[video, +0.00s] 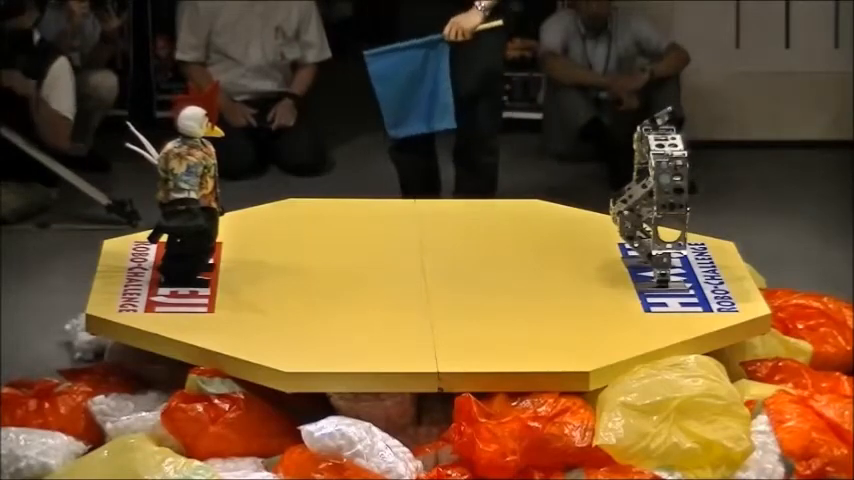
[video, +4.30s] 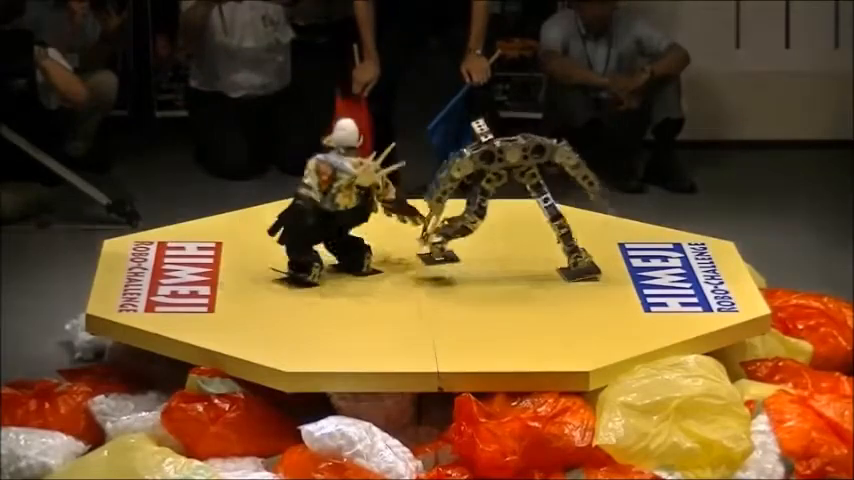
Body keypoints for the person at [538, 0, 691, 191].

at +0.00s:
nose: (595, 9)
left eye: (601, 2)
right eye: (587, 2)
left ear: (611, 4)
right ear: (574, 5)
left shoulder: (630, 24)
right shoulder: (558, 25)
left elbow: (679, 56)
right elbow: (552, 67)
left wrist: (644, 76)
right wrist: (611, 83)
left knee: (666, 81)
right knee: (564, 88)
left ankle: (670, 166)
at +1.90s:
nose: (597, 11)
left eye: (603, 5)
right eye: (590, 5)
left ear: (612, 5)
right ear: (577, 6)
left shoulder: (628, 23)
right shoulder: (559, 24)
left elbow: (679, 56)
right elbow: (550, 64)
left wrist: (644, 76)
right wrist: (608, 83)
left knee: (667, 81)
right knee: (563, 88)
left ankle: (666, 153)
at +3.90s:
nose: (599, 12)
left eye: (605, 6)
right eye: (592, 6)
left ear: (614, 6)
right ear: (578, 7)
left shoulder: (629, 25)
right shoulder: (559, 26)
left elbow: (679, 56)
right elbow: (551, 64)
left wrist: (642, 78)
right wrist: (609, 83)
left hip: (625, 115)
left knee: (668, 78)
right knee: (565, 86)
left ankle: (663, 165)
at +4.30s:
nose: (598, 15)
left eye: (604, 9)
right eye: (592, 9)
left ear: (613, 7)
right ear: (578, 7)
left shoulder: (629, 25)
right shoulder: (558, 26)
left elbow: (679, 56)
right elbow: (551, 65)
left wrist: (643, 76)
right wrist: (608, 82)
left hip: (625, 116)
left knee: (667, 79)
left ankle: (664, 165)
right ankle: (611, 169)